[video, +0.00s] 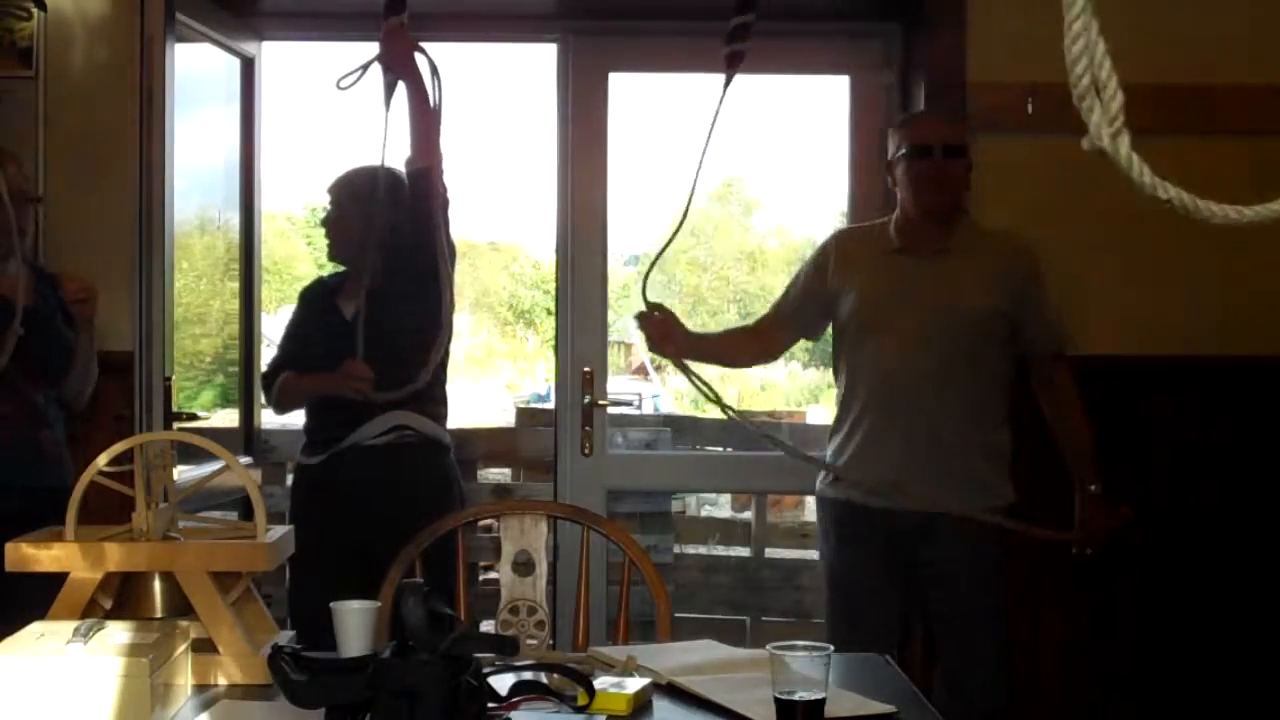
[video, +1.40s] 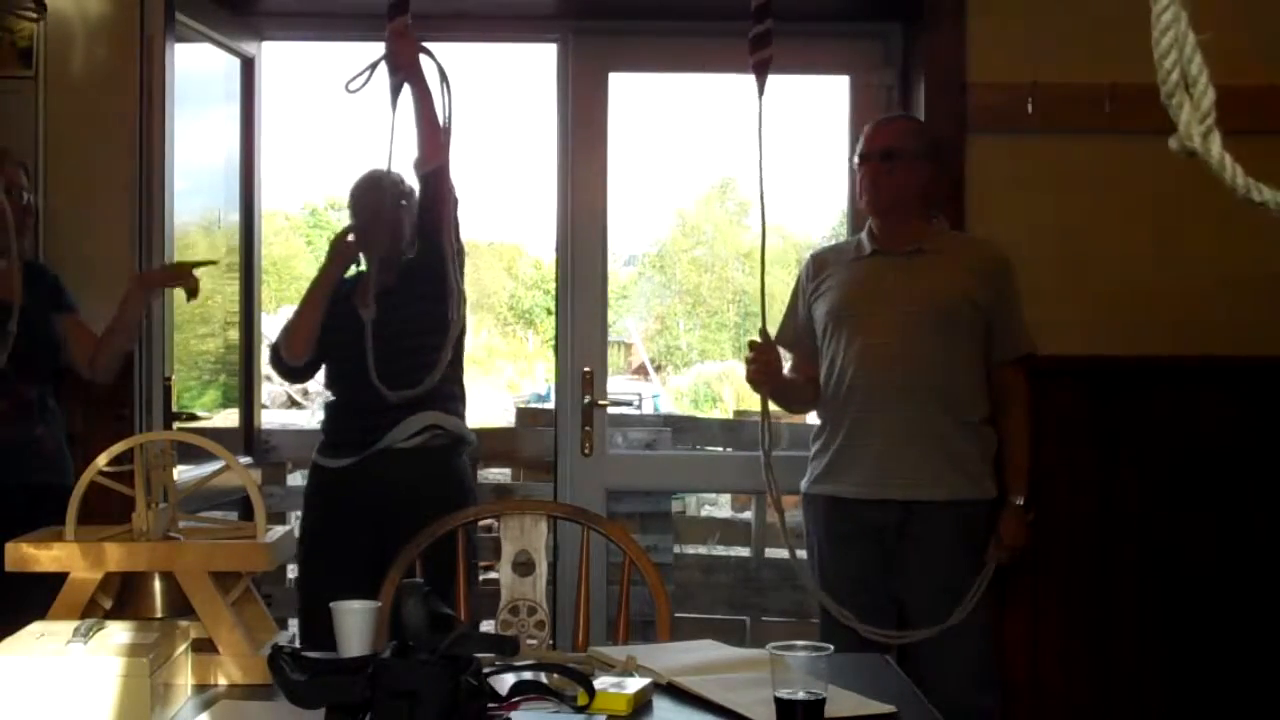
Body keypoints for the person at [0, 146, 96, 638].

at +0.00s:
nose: (25, 218)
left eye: (29, 202)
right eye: (16, 200)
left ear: (33, 208)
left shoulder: (40, 287)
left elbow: (74, 394)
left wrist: (84, 326)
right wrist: (13, 309)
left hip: (39, 479)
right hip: (12, 480)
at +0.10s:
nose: (25, 215)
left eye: (29, 201)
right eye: (16, 199)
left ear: (32, 207)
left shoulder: (43, 284)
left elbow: (75, 395)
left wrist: (84, 325)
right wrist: (15, 308)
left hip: (41, 475)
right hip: (13, 476)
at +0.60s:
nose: (29, 212)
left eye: (33, 198)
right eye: (17, 199)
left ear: (43, 207)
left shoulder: (47, 288)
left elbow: (80, 396)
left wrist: (77, 327)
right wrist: (12, 306)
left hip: (44, 468)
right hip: (8, 467)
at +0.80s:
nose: (38, 214)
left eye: (39, 199)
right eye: (23, 200)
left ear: (42, 207)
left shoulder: (44, 287)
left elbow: (78, 394)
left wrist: (77, 330)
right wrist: (11, 306)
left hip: (44, 464)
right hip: (11, 464)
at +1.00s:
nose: (23, 213)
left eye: (25, 199)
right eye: (12, 200)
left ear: (34, 207)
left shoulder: (39, 282)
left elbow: (96, 368)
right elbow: (96, 366)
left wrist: (96, 283)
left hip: (41, 467)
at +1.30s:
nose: (23, 205)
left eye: (25, 193)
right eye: (11, 193)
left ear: (30, 201)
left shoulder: (35, 281)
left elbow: (88, 375)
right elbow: (87, 374)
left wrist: (122, 314)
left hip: (40, 467)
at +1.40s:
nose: (26, 206)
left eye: (26, 193)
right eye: (13, 193)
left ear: (32, 201)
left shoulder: (32, 280)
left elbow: (99, 367)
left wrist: (142, 288)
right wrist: (9, 253)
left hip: (42, 476)